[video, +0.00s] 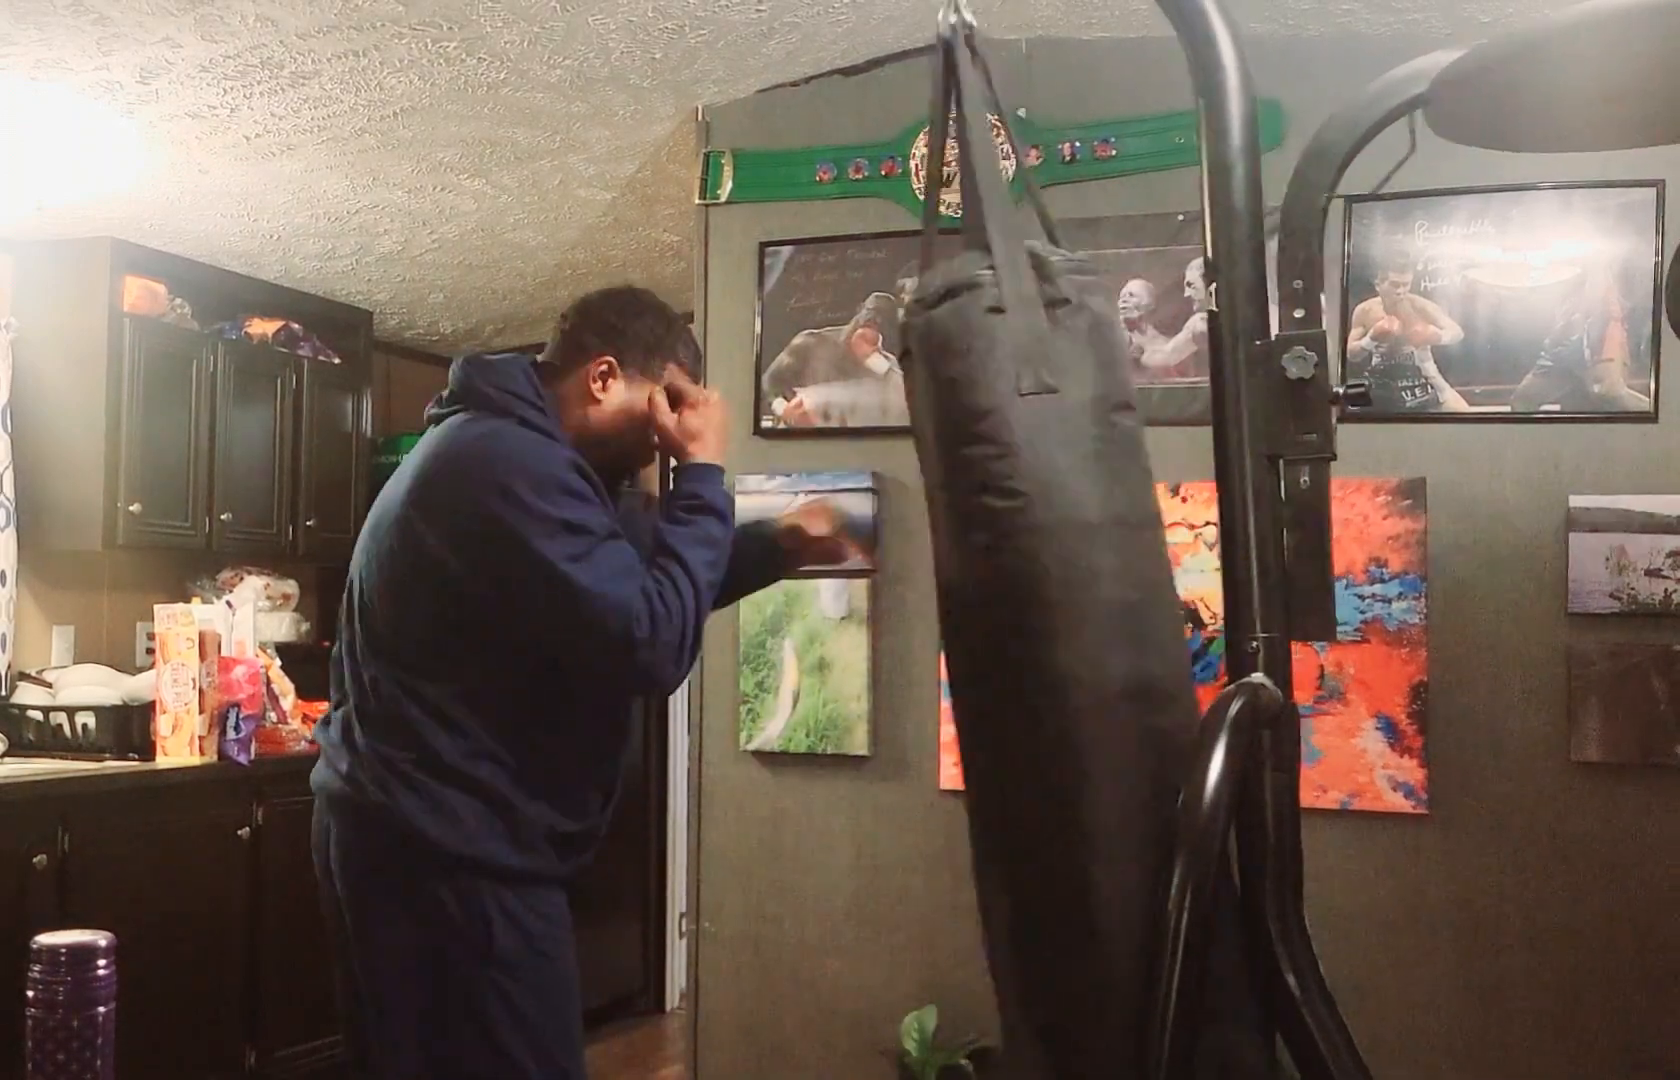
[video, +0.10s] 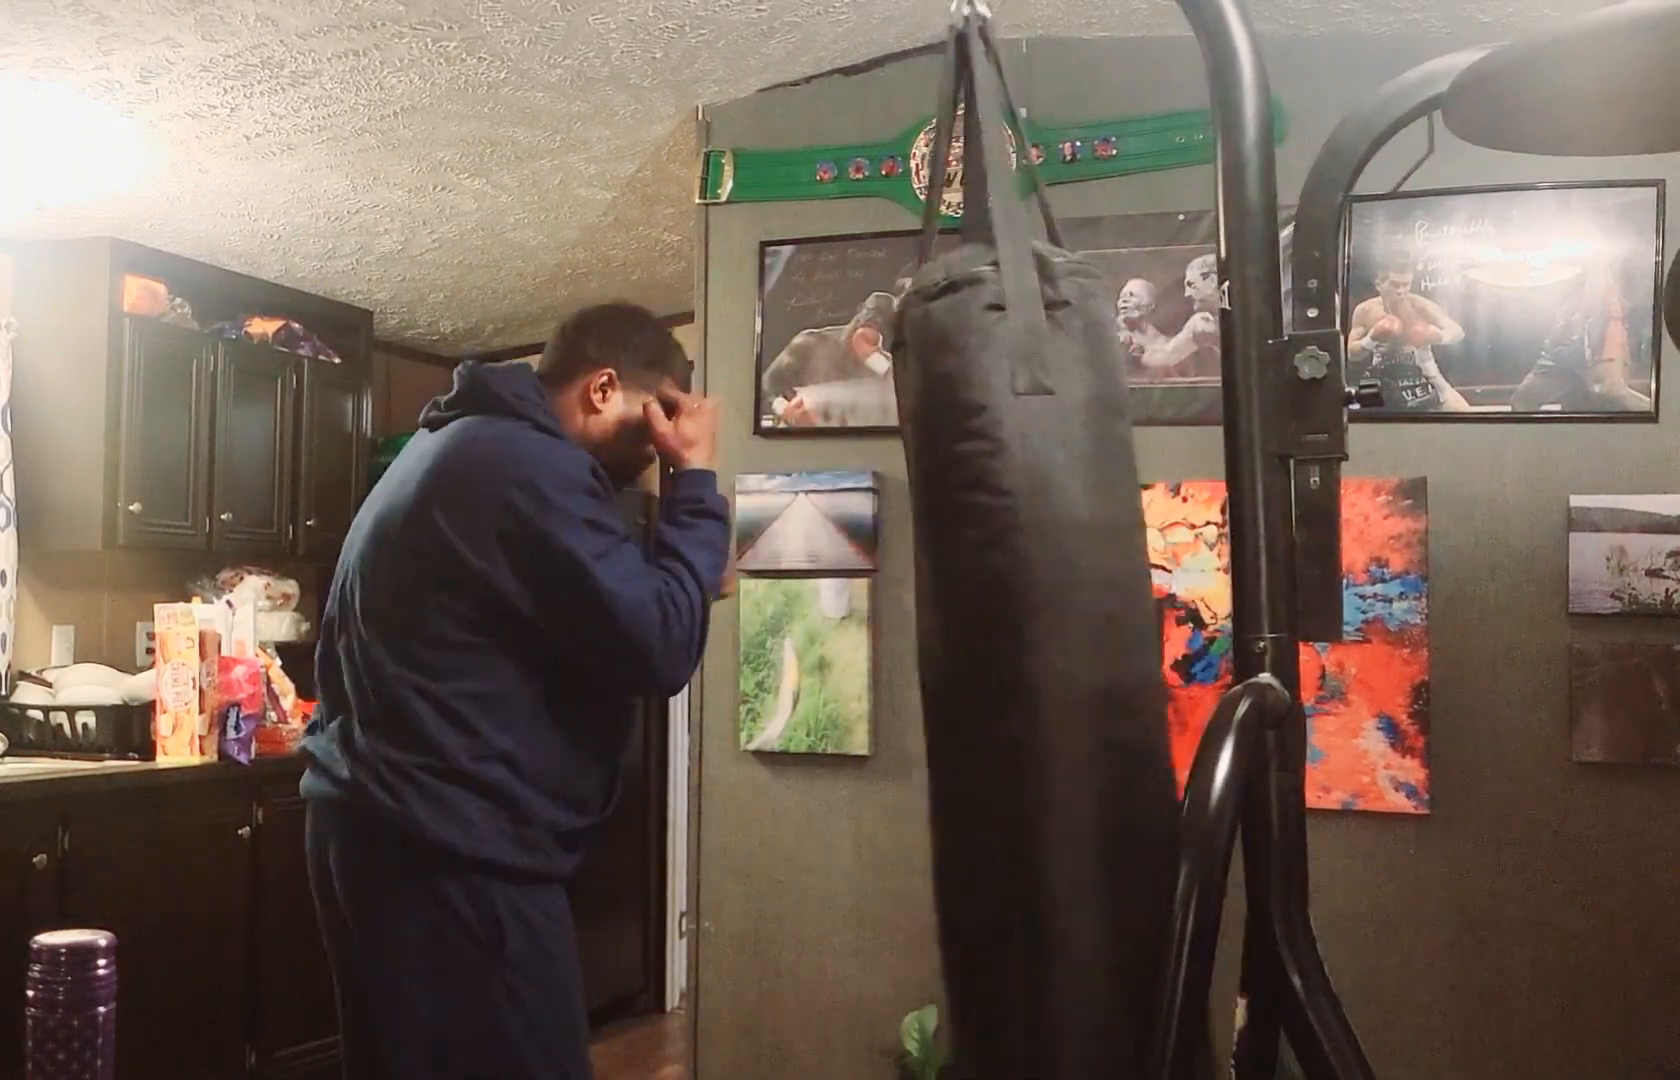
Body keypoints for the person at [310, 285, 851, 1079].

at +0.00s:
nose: (668, 438)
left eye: (679, 414)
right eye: (666, 407)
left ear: (593, 379)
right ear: (604, 379)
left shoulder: (497, 447)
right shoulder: (511, 465)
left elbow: (637, 583)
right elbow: (653, 643)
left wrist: (777, 545)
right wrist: (700, 469)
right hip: (457, 858)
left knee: (447, 1063)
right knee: (521, 1063)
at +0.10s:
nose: (653, 451)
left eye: (666, 427)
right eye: (654, 422)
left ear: (582, 389)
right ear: (601, 392)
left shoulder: (450, 446)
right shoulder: (528, 467)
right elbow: (659, 646)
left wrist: (682, 575)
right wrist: (695, 475)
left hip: (374, 831)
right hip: (461, 856)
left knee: (408, 1062)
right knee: (528, 1063)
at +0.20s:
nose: (618, 479)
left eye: (625, 469)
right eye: (623, 457)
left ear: (569, 403)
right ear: (590, 408)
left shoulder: (416, 449)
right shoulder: (538, 472)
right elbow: (663, 648)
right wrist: (685, 485)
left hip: (353, 826)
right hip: (462, 850)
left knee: (398, 1059)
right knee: (532, 1063)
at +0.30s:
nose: (610, 477)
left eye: (621, 463)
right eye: (614, 459)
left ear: (530, 409)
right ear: (578, 426)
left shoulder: (389, 462)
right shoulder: (550, 483)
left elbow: (323, 631)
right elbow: (663, 655)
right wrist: (675, 494)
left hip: (335, 840)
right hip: (470, 854)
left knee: (388, 1061)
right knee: (556, 1064)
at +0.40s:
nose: (619, 511)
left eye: (624, 496)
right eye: (619, 492)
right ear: (586, 457)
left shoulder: (388, 486)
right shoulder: (559, 495)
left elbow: (327, 645)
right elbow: (667, 670)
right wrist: (676, 518)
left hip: (330, 842)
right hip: (473, 854)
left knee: (379, 1062)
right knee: (583, 1064)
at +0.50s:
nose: (654, 542)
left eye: (654, 528)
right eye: (651, 523)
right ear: (617, 494)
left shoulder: (409, 516)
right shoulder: (578, 511)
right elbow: (681, 690)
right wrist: (694, 547)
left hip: (339, 850)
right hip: (487, 857)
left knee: (386, 1062)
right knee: (609, 1065)